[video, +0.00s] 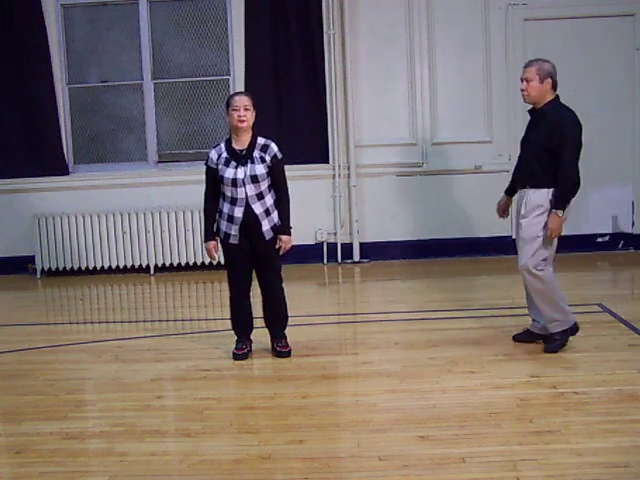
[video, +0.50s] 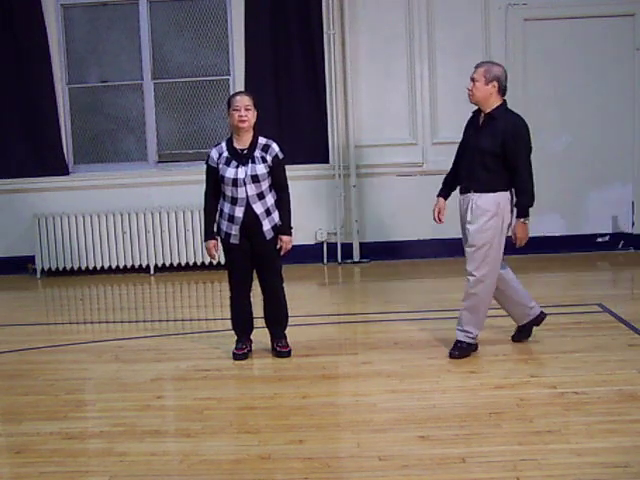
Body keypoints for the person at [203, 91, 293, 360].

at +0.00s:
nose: (241, 114)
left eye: (246, 109)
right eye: (235, 109)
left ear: (254, 114)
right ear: (227, 115)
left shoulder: (268, 149)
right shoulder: (217, 155)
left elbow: (282, 192)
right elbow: (211, 198)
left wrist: (285, 229)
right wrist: (210, 235)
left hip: (266, 231)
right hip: (232, 233)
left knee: (272, 285)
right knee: (239, 289)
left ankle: (278, 335)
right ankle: (243, 338)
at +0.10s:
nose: (241, 114)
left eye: (246, 110)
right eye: (235, 110)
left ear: (254, 115)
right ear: (227, 116)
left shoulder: (268, 149)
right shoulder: (217, 155)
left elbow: (282, 192)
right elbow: (211, 198)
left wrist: (285, 229)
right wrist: (210, 235)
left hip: (266, 230)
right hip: (232, 233)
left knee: (272, 285)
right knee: (239, 288)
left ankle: (278, 335)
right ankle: (243, 338)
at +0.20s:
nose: (241, 115)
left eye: (246, 110)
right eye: (236, 111)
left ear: (254, 115)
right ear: (227, 116)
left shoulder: (268, 149)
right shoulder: (217, 155)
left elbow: (282, 192)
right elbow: (211, 198)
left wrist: (285, 229)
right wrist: (210, 235)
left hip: (266, 230)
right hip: (232, 233)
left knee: (272, 285)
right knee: (239, 288)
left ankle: (278, 335)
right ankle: (243, 338)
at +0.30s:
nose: (242, 116)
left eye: (246, 111)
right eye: (236, 111)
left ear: (254, 115)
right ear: (227, 117)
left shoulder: (268, 149)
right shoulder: (217, 155)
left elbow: (282, 192)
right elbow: (211, 198)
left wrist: (285, 229)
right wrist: (210, 235)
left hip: (266, 230)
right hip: (232, 233)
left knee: (272, 285)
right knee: (239, 289)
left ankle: (279, 335)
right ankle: (243, 338)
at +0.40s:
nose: (242, 115)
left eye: (247, 110)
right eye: (236, 111)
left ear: (255, 114)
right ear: (228, 116)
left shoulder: (269, 149)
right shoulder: (217, 155)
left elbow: (282, 191)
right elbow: (211, 197)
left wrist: (285, 229)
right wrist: (210, 234)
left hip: (266, 231)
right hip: (233, 233)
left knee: (273, 286)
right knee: (239, 289)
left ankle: (279, 336)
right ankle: (243, 338)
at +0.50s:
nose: (242, 114)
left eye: (247, 109)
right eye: (236, 109)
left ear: (255, 114)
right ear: (228, 115)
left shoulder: (269, 149)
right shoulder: (217, 154)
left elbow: (283, 191)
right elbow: (211, 197)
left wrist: (285, 229)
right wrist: (210, 234)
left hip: (266, 230)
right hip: (233, 232)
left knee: (273, 286)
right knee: (239, 289)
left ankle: (279, 336)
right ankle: (243, 338)